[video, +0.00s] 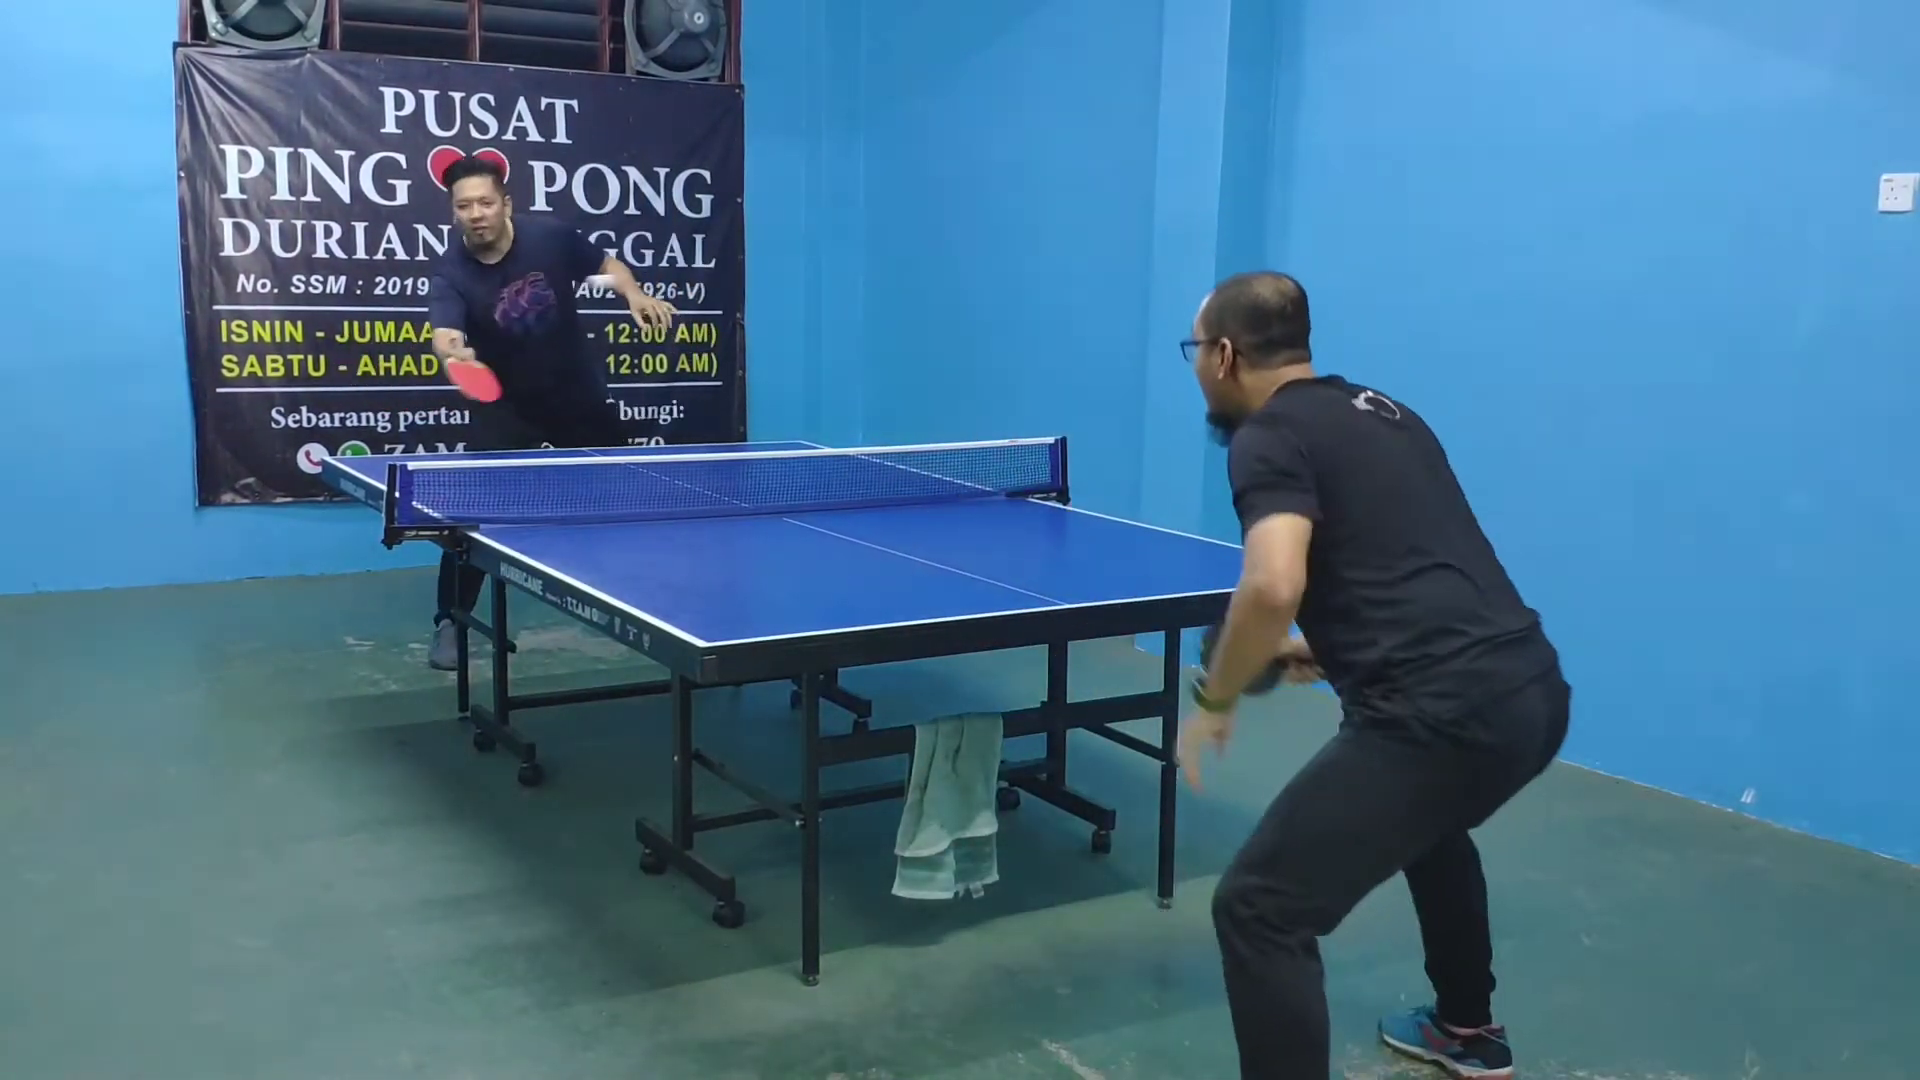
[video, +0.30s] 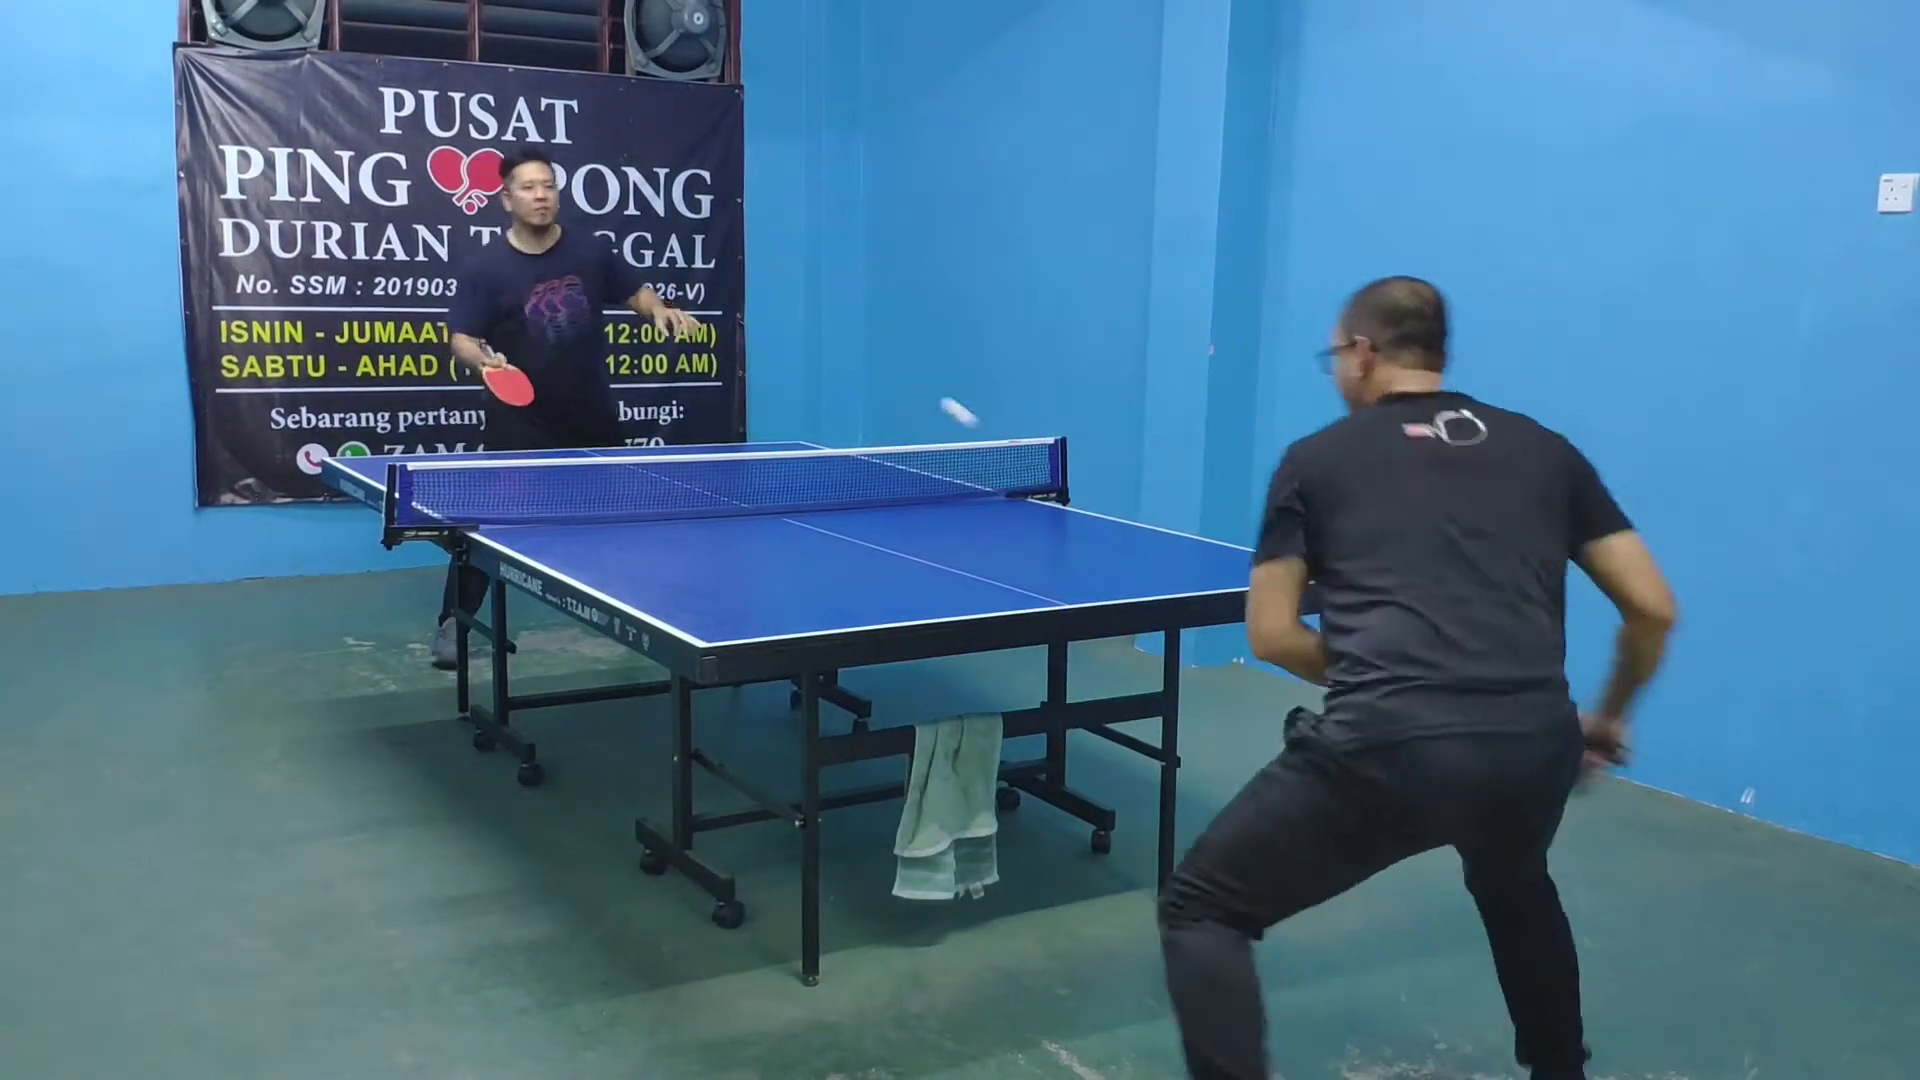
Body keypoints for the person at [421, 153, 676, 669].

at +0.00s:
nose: (476, 214)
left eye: (485, 202)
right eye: (465, 205)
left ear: (507, 201)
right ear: (453, 212)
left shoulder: (549, 236)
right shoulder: (451, 273)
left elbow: (606, 265)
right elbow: (444, 328)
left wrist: (636, 295)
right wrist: (452, 347)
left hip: (574, 399)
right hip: (502, 407)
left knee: (629, 494)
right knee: (476, 509)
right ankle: (451, 621)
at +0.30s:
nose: (541, 195)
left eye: (548, 186)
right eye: (528, 187)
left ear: (559, 193)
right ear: (507, 197)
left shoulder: (589, 252)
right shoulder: (485, 268)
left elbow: (636, 292)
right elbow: (459, 336)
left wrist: (661, 309)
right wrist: (480, 357)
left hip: (592, 417)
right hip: (520, 423)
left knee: (625, 514)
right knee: (489, 518)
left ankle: (665, 623)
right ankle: (454, 623)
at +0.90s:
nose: (523, 191)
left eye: (529, 182)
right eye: (511, 184)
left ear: (538, 186)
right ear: (489, 191)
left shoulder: (571, 240)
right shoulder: (470, 247)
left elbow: (618, 289)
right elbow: (439, 314)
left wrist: (621, 311)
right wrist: (464, 341)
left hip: (564, 395)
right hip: (491, 398)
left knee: (608, 483)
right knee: (446, 479)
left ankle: (631, 594)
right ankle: (426, 584)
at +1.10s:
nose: (439, 202)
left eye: (448, 193)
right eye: (429, 194)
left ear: (469, 197)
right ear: (417, 203)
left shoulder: (512, 245)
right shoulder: (400, 263)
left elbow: (576, 276)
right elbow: (342, 297)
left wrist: (639, 304)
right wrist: (286, 330)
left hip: (519, 397)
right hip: (447, 402)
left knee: (577, 482)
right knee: (410, 488)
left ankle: (611, 580)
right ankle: (390, 587)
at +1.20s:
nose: (400, 210)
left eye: (409, 200)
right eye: (390, 202)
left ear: (429, 204)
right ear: (377, 210)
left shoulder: (473, 248)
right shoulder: (364, 267)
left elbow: (526, 269)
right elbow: (301, 299)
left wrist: (582, 293)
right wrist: (249, 339)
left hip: (493, 389)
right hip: (418, 399)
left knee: (553, 467)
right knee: (393, 485)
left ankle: (582, 570)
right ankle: (390, 587)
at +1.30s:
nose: (375, 207)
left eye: (384, 196)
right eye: (364, 198)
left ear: (403, 196)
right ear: (352, 205)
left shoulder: (445, 236)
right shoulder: (340, 261)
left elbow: (500, 267)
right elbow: (290, 318)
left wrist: (554, 302)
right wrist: (298, 368)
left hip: (462, 375)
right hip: (391, 386)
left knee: (508, 462)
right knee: (381, 479)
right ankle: (385, 585)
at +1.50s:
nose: (357, 177)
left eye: (366, 166)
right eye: (347, 168)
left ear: (383, 168)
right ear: (334, 175)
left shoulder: (423, 214)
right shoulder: (317, 237)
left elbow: (471, 258)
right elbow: (292, 306)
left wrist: (508, 311)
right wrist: (333, 350)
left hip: (428, 368)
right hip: (361, 376)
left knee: (441, 465)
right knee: (366, 477)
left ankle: (423, 545)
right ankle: (380, 581)